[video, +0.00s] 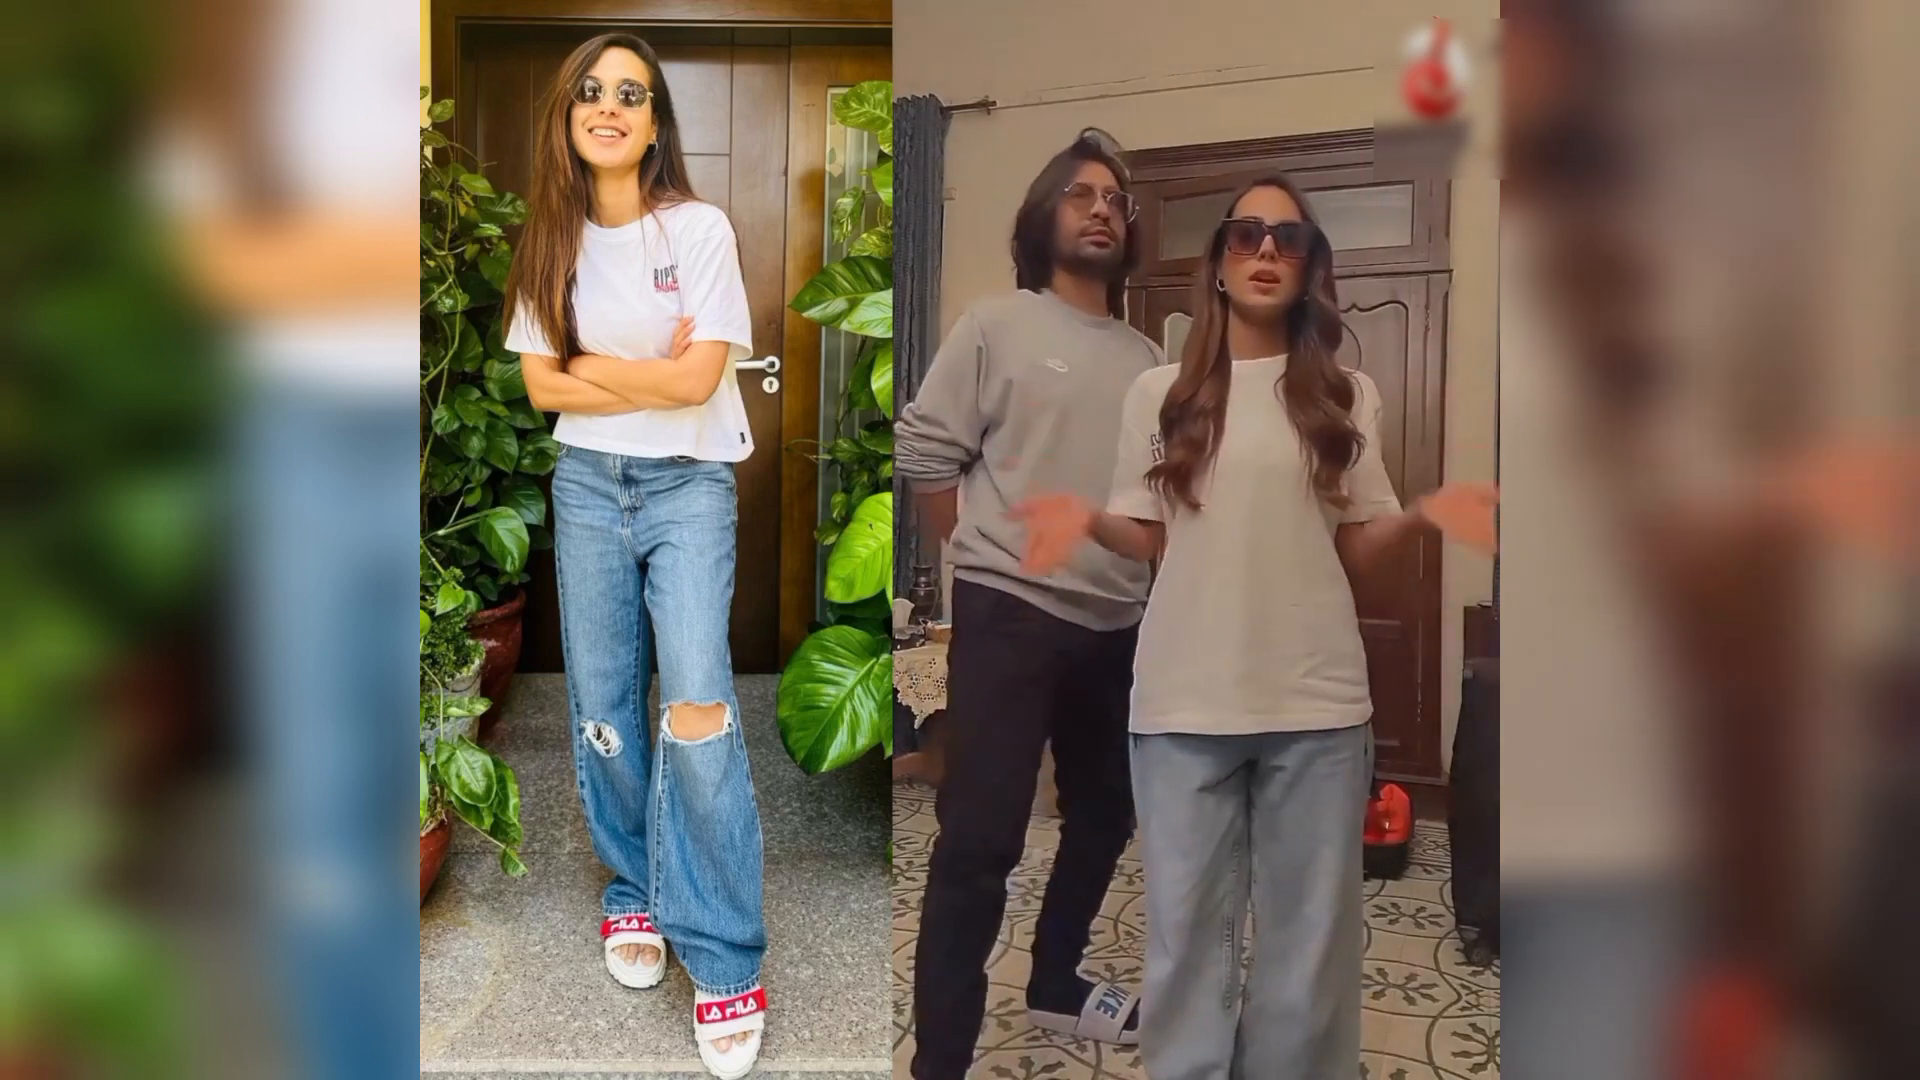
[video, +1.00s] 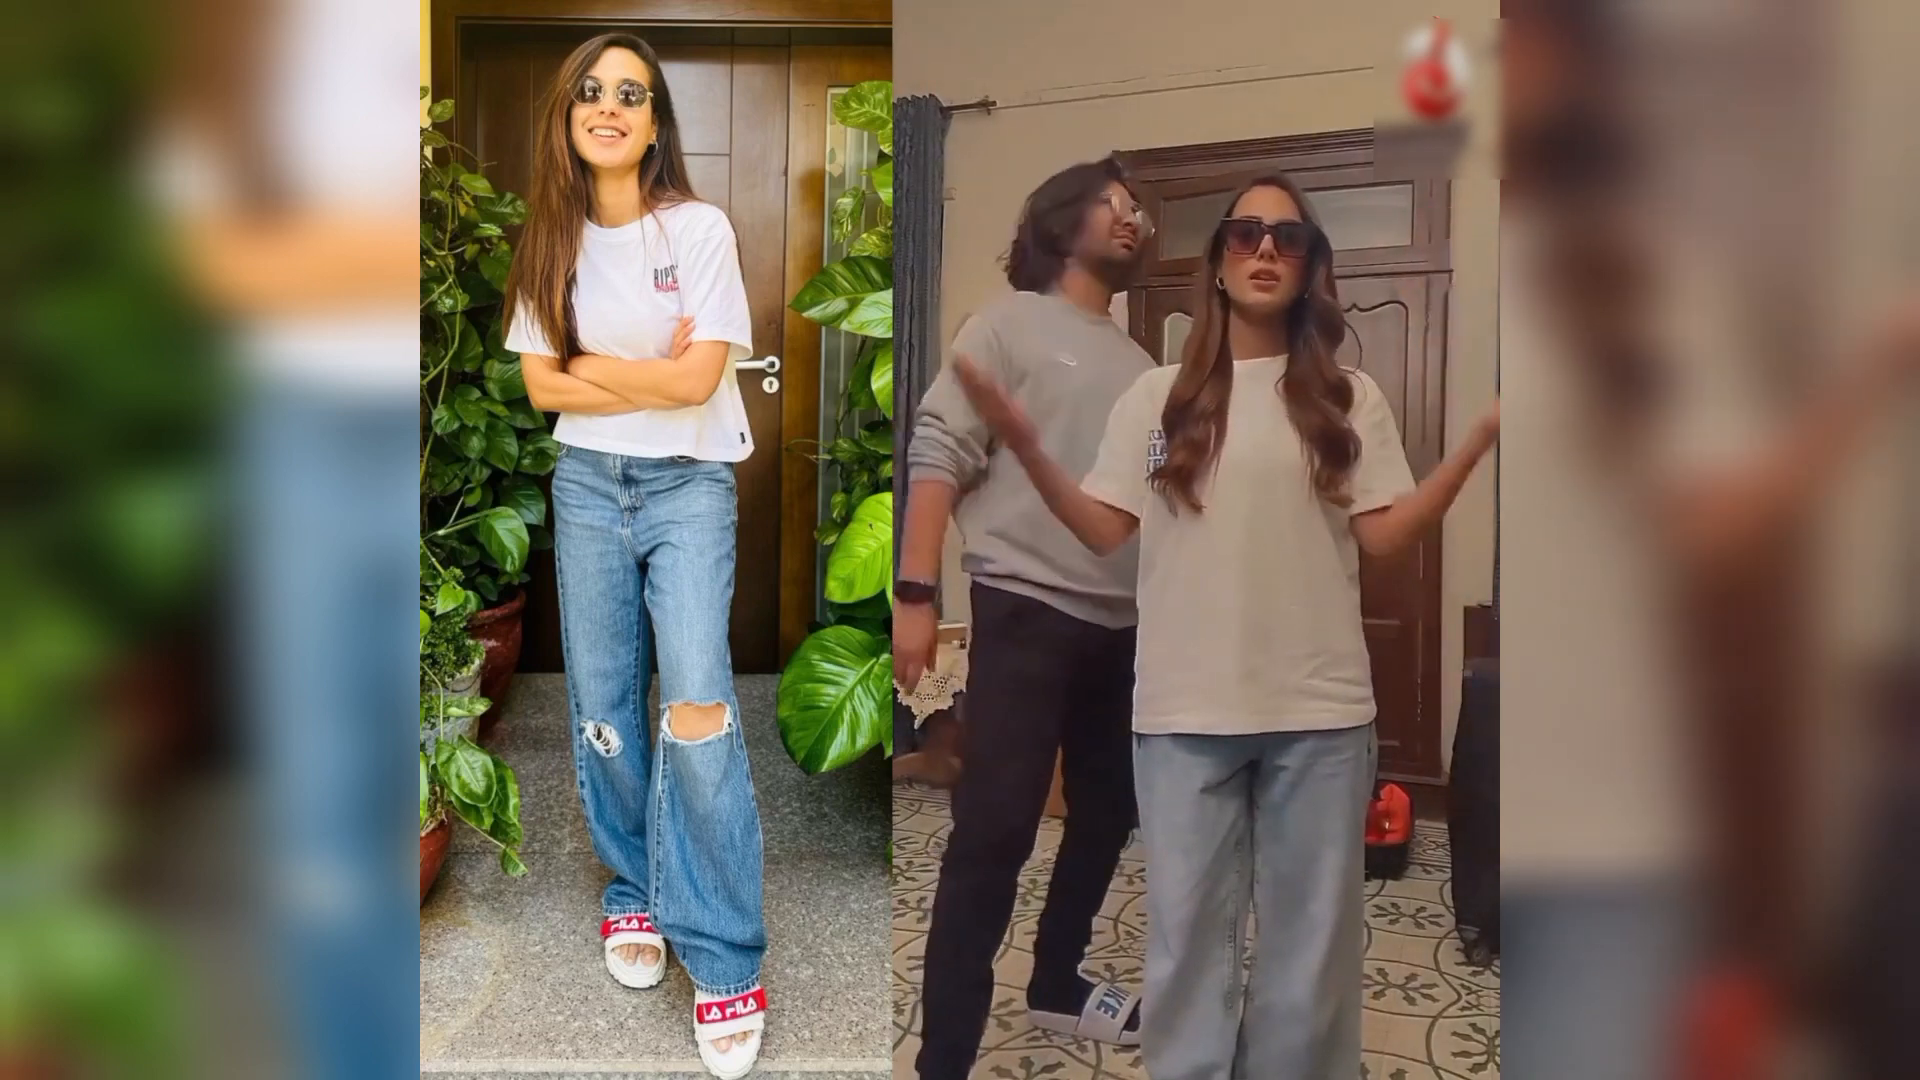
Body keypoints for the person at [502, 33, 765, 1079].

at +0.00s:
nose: (610, 111)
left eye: (629, 97)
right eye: (593, 95)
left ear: (656, 122)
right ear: (566, 117)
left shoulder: (699, 226)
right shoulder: (549, 239)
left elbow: (698, 378)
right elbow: (540, 385)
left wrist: (576, 362)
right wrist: (662, 378)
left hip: (689, 481)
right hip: (584, 483)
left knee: (695, 709)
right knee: (602, 708)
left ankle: (724, 955)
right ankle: (631, 890)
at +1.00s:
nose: (610, 111)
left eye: (629, 98)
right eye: (593, 95)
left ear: (656, 122)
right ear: (566, 117)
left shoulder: (699, 226)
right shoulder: (550, 239)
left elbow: (698, 378)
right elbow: (540, 385)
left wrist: (576, 362)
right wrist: (662, 378)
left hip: (689, 482)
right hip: (584, 484)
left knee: (695, 709)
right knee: (602, 708)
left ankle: (724, 955)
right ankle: (631, 890)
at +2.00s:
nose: (609, 111)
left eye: (629, 98)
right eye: (592, 95)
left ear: (656, 122)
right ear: (565, 117)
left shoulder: (699, 226)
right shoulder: (550, 239)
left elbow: (699, 378)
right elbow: (540, 385)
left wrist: (578, 363)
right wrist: (662, 377)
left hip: (689, 482)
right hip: (584, 484)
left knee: (694, 709)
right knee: (602, 706)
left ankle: (724, 956)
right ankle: (632, 891)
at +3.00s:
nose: (610, 111)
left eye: (630, 97)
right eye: (593, 95)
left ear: (656, 120)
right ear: (566, 117)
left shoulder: (699, 226)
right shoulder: (549, 240)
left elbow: (698, 378)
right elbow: (540, 385)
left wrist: (576, 362)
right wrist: (662, 378)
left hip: (689, 482)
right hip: (584, 484)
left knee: (695, 708)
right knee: (603, 709)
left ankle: (724, 954)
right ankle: (631, 890)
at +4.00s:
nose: (610, 111)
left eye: (630, 97)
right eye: (593, 95)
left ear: (656, 121)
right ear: (566, 117)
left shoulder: (699, 226)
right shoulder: (549, 240)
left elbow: (698, 378)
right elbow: (540, 385)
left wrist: (577, 363)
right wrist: (662, 378)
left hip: (689, 482)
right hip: (584, 484)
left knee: (694, 708)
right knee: (603, 707)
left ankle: (724, 956)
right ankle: (631, 891)